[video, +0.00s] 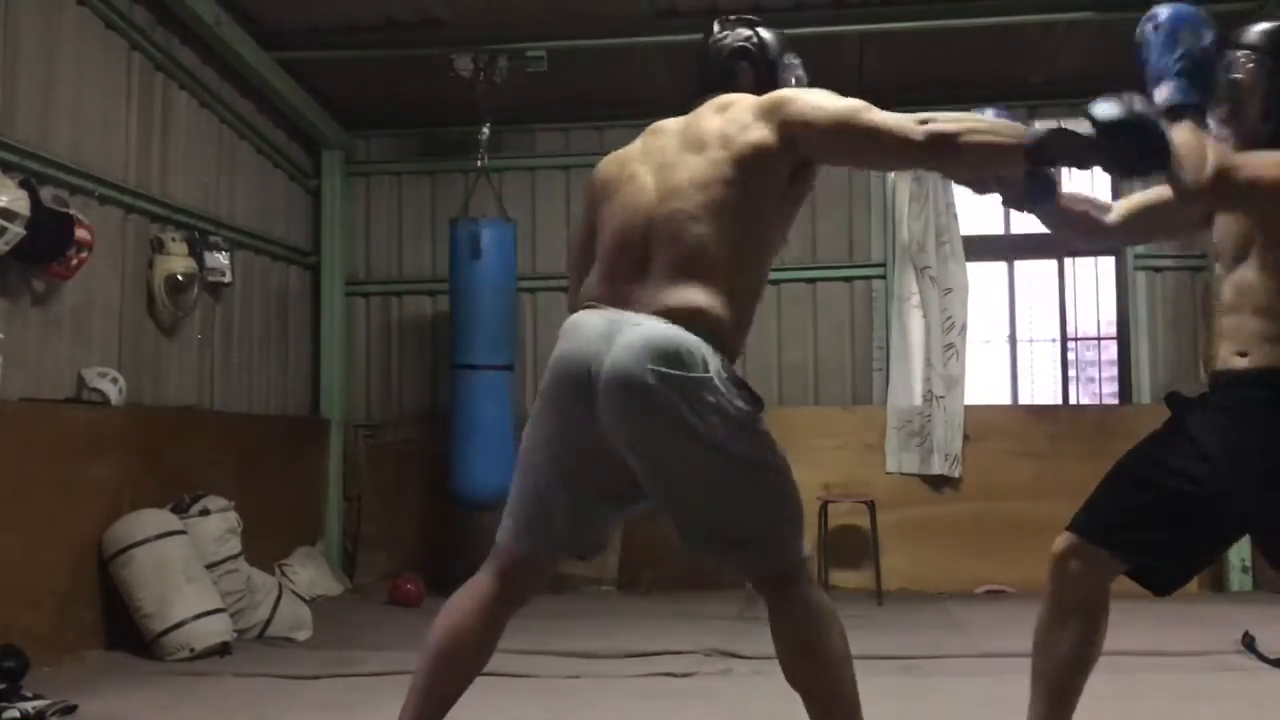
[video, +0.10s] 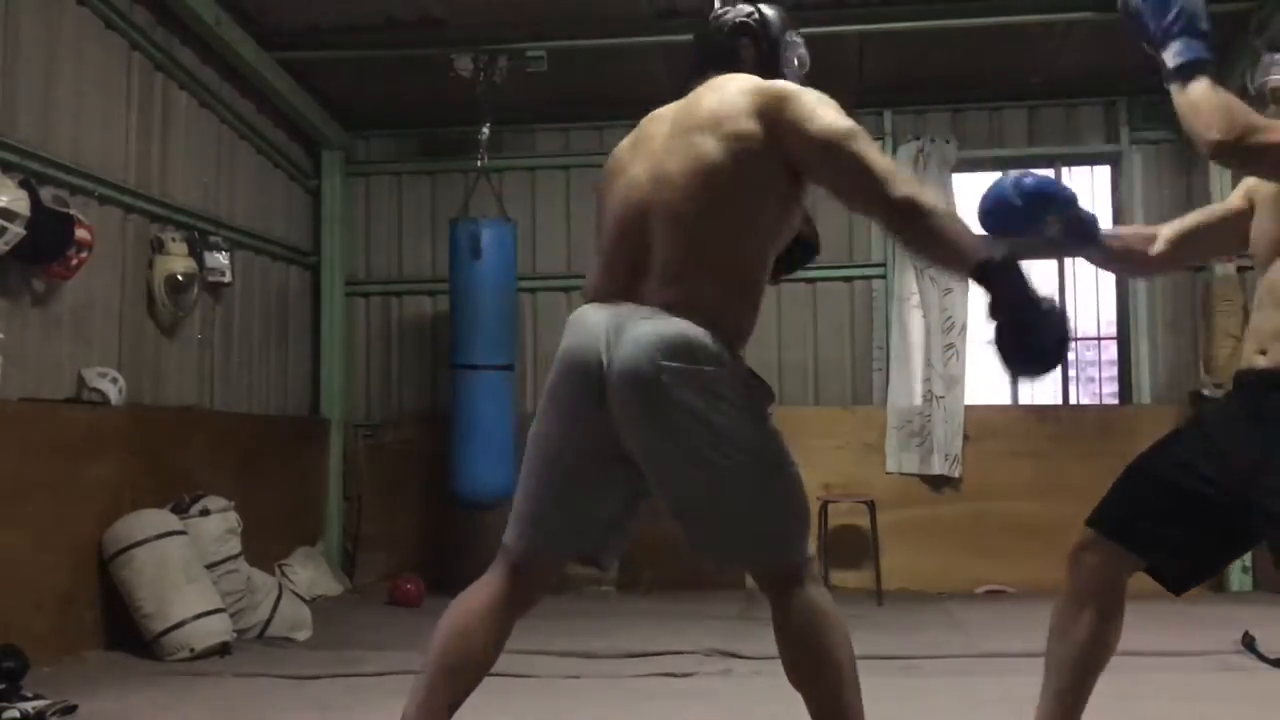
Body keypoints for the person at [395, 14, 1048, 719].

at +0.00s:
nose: (804, 109)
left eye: (802, 103)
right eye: (799, 98)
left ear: (709, 86)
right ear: (775, 87)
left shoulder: (621, 158)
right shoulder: (780, 108)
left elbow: (583, 293)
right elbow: (930, 142)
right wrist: (1055, 148)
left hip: (579, 346)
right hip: (675, 357)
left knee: (504, 575)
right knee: (786, 581)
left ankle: (413, 711)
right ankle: (841, 714)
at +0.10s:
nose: (804, 79)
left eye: (803, 69)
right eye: (800, 66)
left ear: (705, 61)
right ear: (773, 58)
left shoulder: (640, 137)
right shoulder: (781, 100)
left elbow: (651, 264)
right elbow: (895, 200)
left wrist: (771, 253)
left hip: (584, 346)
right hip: (682, 360)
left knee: (512, 576)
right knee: (791, 580)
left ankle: (418, 713)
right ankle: (842, 713)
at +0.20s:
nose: (784, 82)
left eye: (783, 65)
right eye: (778, 63)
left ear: (686, 57)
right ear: (748, 51)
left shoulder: (623, 126)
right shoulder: (763, 118)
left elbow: (608, 279)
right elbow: (811, 270)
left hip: (584, 359)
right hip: (687, 370)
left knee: (523, 591)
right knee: (802, 585)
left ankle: (443, 711)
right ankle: (846, 712)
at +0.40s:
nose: (723, 47)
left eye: (719, 28)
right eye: (712, 24)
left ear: (624, 25)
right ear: (668, 16)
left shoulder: (543, 109)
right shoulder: (684, 90)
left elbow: (548, 264)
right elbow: (726, 253)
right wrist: (784, 363)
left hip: (525, 373)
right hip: (637, 377)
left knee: (498, 613)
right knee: (765, 596)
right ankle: (842, 709)